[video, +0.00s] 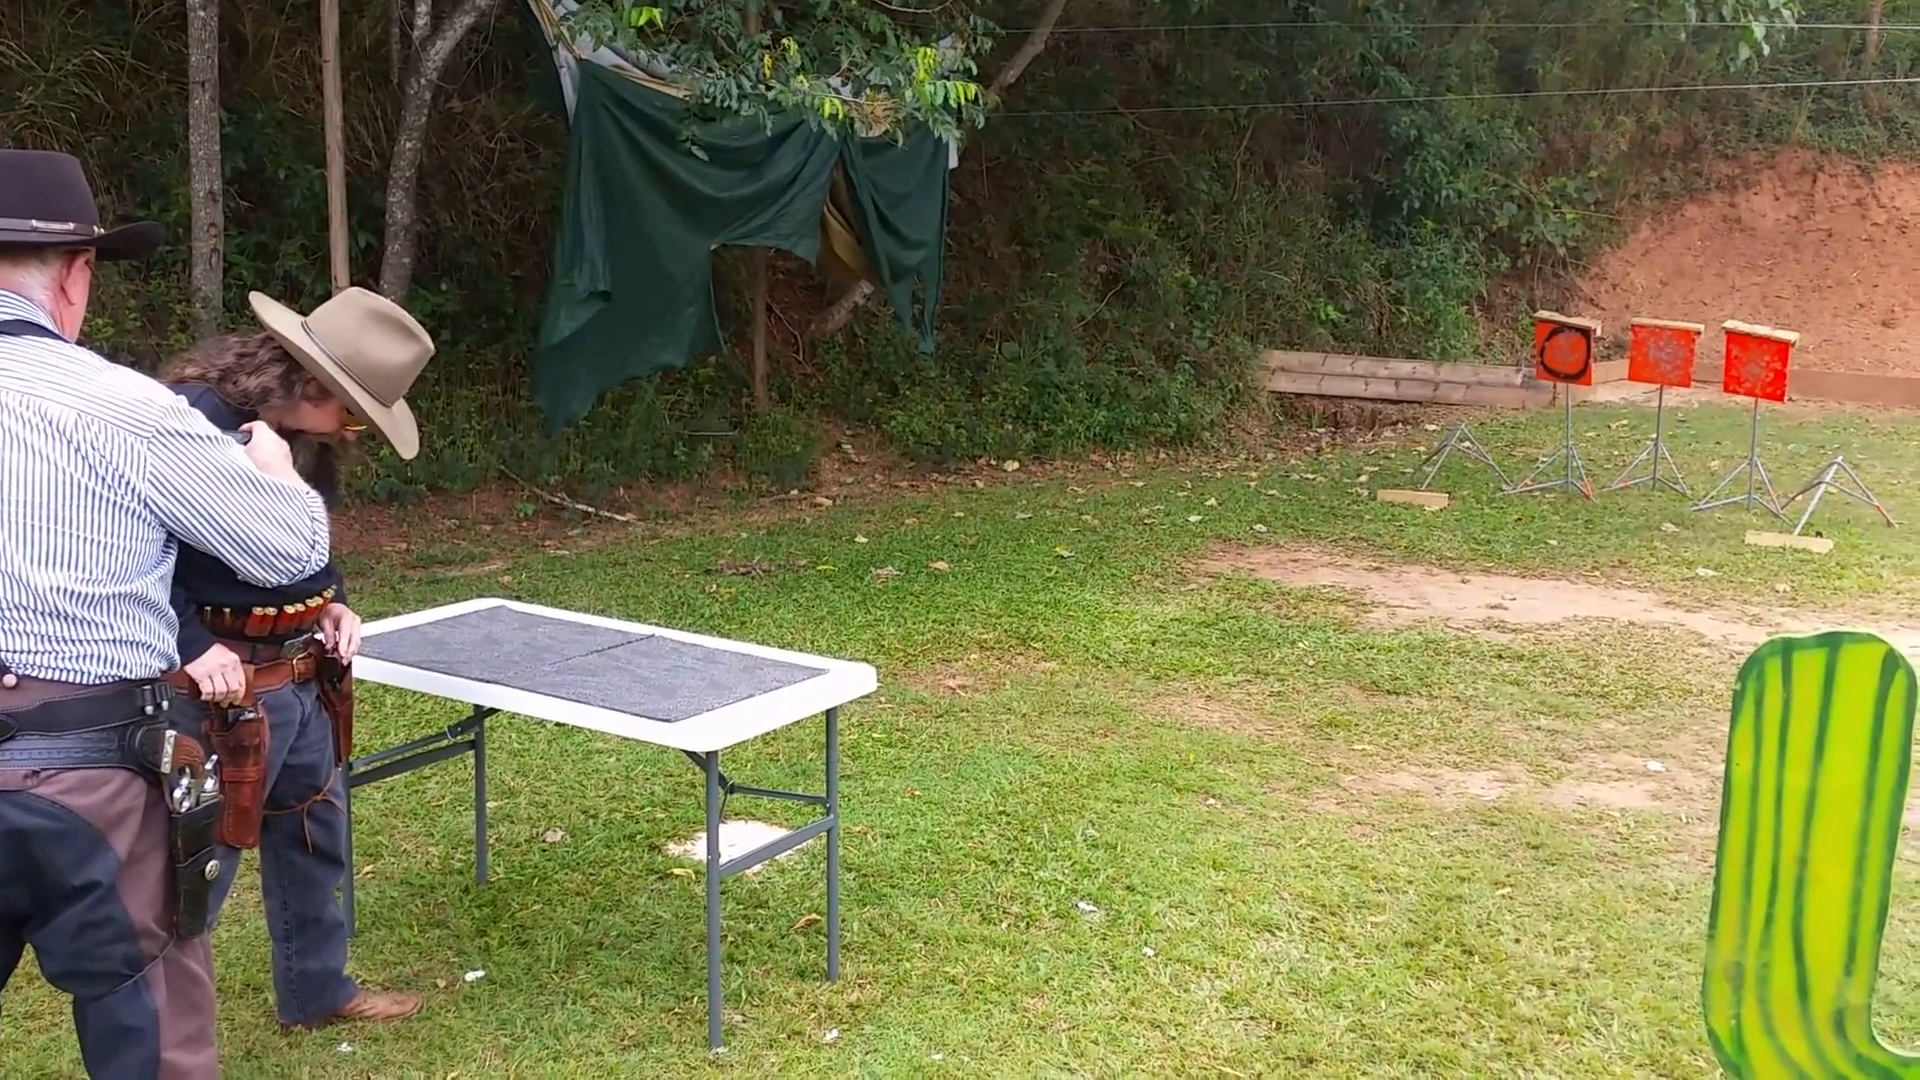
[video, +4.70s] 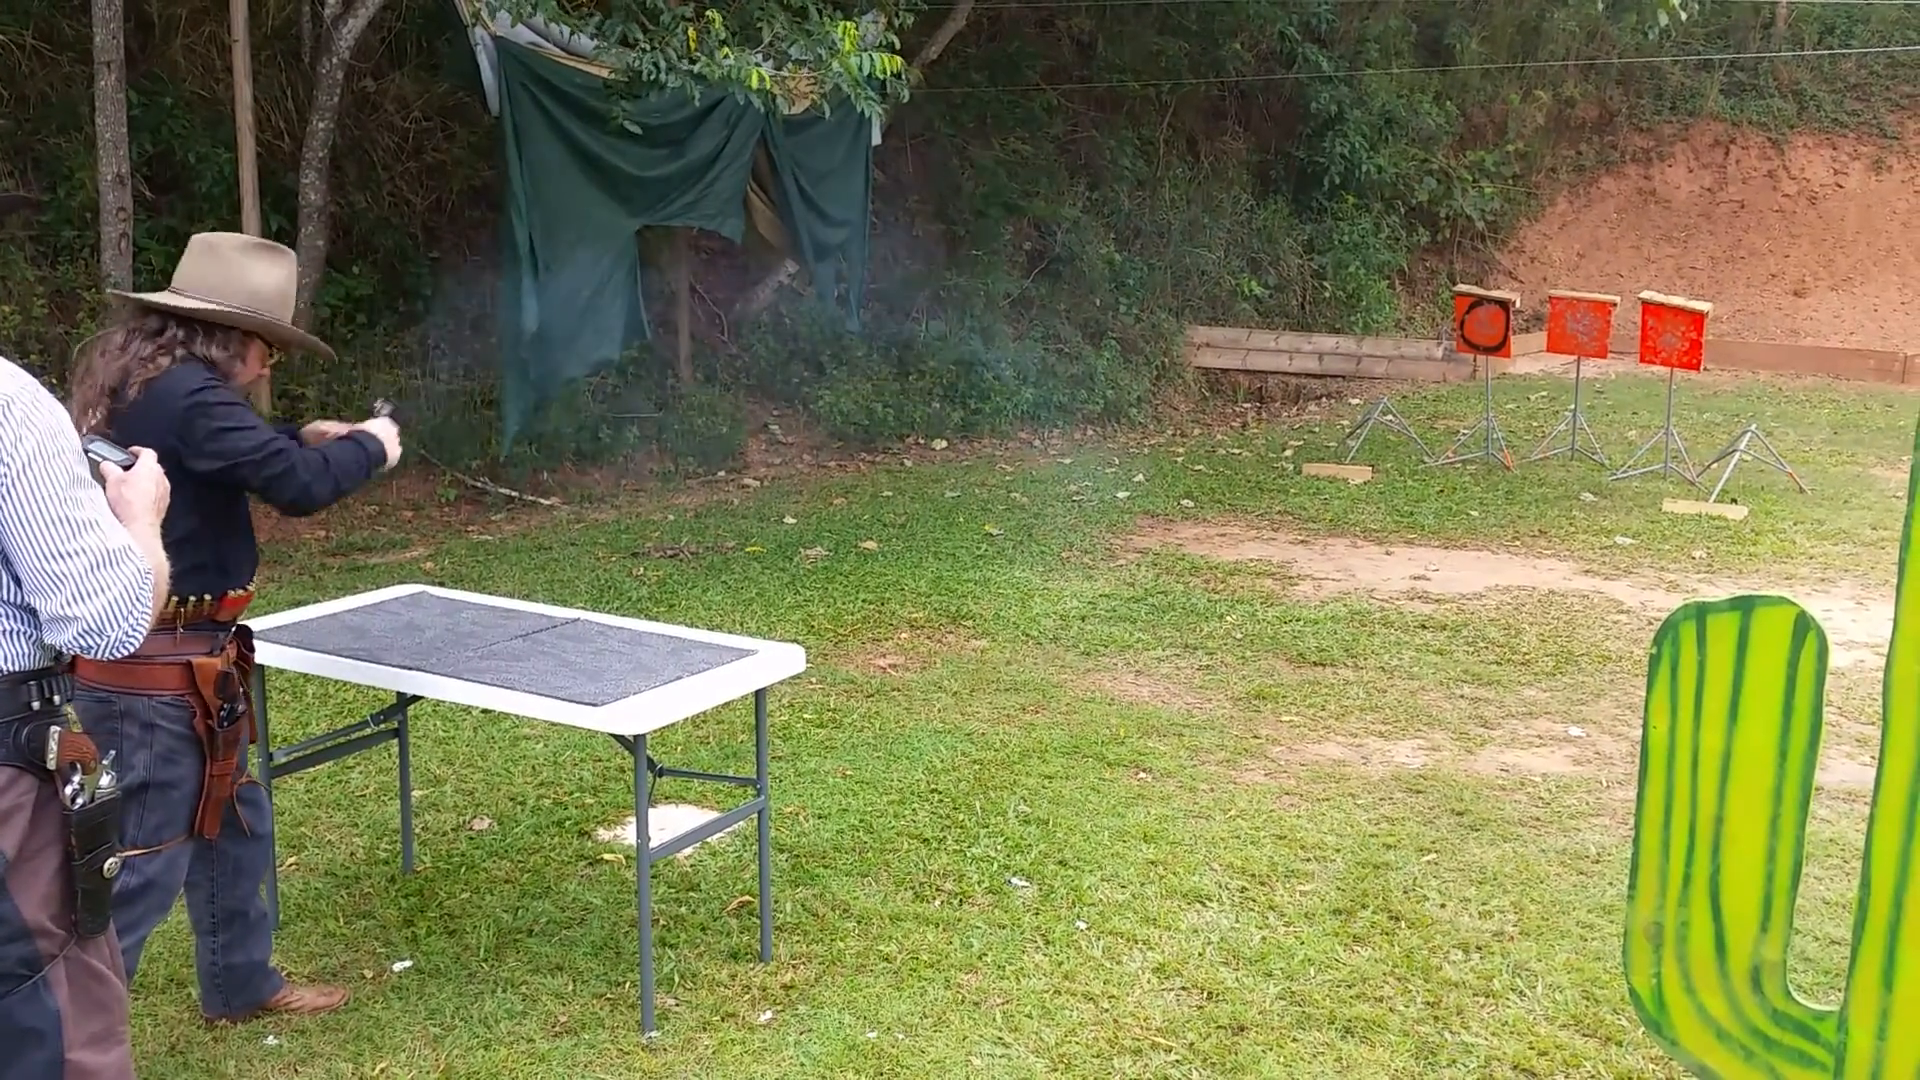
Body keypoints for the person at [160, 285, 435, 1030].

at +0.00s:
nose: (350, 432)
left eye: (358, 421)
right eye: (352, 416)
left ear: (324, 395)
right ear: (320, 390)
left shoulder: (297, 445)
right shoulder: (189, 425)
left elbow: (289, 548)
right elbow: (141, 556)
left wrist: (325, 605)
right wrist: (192, 643)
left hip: (296, 681)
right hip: (215, 694)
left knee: (313, 839)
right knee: (197, 870)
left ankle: (316, 992)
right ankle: (159, 1017)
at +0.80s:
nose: (322, 378)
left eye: (324, 362)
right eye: (318, 360)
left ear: (245, 341)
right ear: (282, 357)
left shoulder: (222, 408)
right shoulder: (212, 412)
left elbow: (236, 524)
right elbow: (263, 553)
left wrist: (297, 562)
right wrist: (303, 623)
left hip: (254, 666)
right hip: (197, 673)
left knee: (287, 825)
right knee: (175, 859)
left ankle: (291, 986)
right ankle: (131, 1006)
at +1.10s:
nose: (290, 332)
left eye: (289, 318)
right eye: (283, 319)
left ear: (207, 322)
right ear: (254, 324)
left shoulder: (178, 383)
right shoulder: (221, 388)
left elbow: (200, 493)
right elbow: (250, 510)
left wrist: (287, 481)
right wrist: (322, 501)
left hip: (226, 657)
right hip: (190, 663)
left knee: (271, 821)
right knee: (182, 855)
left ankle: (284, 981)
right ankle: (120, 1007)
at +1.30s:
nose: (276, 326)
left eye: (272, 312)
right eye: (267, 314)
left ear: (191, 321)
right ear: (235, 324)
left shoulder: (152, 386)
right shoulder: (231, 404)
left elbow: (264, 441)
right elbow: (340, 478)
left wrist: (353, 416)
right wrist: (398, 444)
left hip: (179, 643)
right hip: (202, 656)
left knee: (268, 811)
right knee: (189, 849)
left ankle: (278, 978)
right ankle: (116, 1010)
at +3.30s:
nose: (280, 338)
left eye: (277, 324)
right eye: (272, 324)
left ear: (196, 324)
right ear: (237, 327)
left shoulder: (146, 381)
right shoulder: (223, 397)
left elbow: (299, 388)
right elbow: (333, 413)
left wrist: (401, 358)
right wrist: (426, 384)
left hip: (128, 643)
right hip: (168, 654)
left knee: (236, 814)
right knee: (149, 857)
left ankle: (245, 982)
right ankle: (74, 1016)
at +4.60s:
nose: (273, 345)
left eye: (272, 330)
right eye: (266, 330)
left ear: (192, 326)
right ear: (227, 330)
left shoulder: (146, 384)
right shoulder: (210, 399)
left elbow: (280, 404)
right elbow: (334, 438)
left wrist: (385, 377)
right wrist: (413, 400)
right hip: (149, 668)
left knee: (230, 823)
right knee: (142, 865)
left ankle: (241, 986)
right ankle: (66, 1024)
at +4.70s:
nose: (264, 366)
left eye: (268, 352)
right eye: (264, 350)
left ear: (189, 321)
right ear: (235, 339)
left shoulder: (138, 378)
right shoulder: (188, 398)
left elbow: (219, 449)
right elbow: (300, 484)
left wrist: (301, 436)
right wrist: (376, 446)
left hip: (185, 653)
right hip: (155, 666)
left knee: (235, 819)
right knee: (149, 855)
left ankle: (240, 985)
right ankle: (76, 1012)